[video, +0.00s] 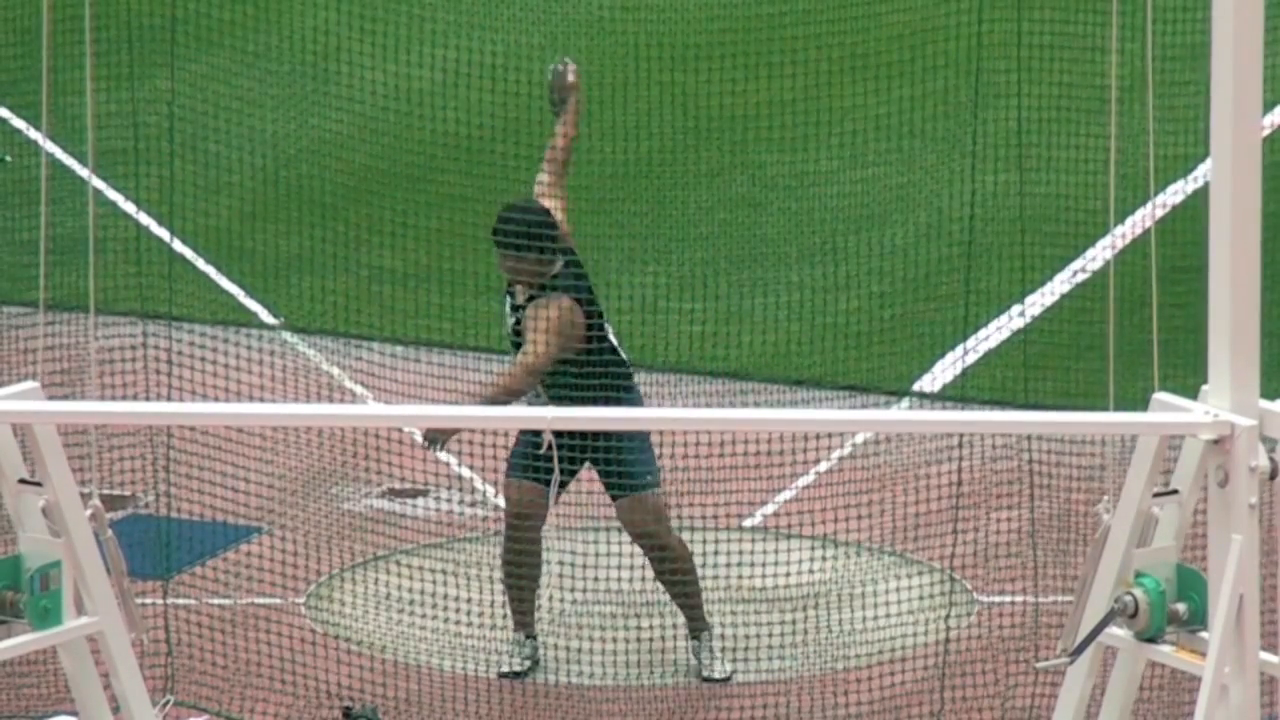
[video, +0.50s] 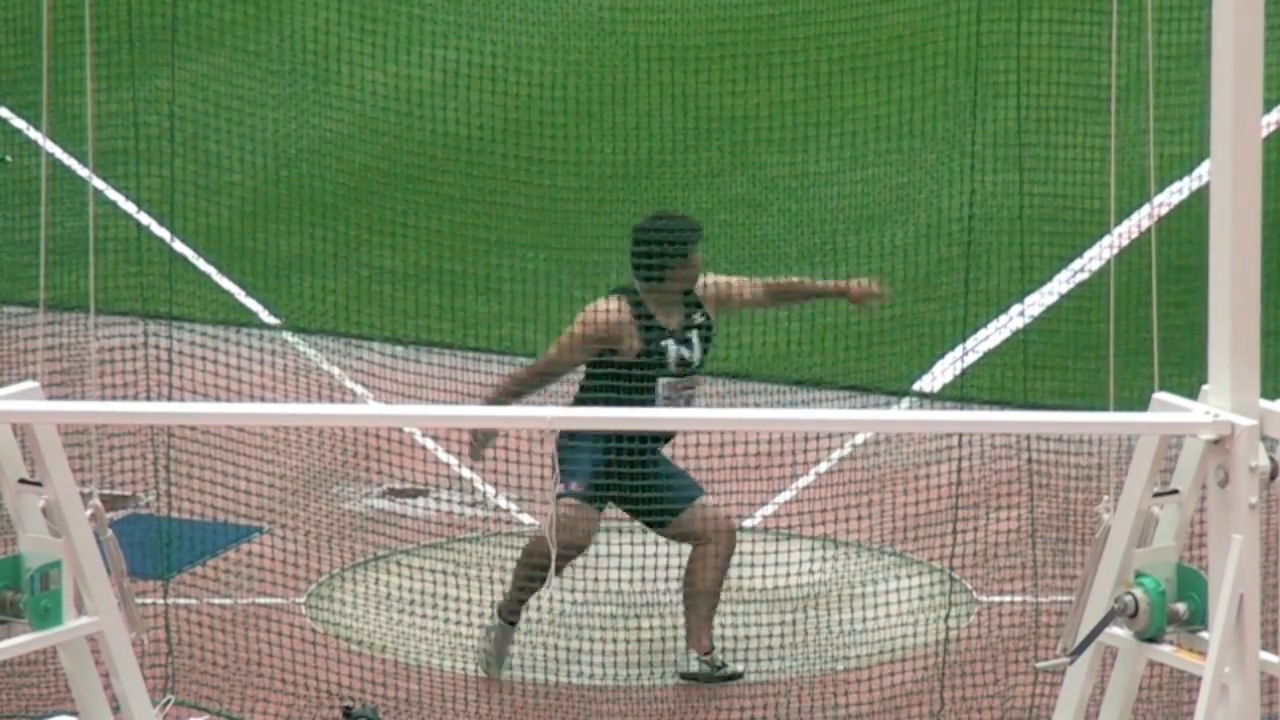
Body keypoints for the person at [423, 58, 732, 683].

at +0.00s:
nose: (503, 266)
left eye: (512, 259)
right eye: (502, 257)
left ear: (539, 257)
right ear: (514, 249)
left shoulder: (557, 308)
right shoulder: (544, 236)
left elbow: (520, 378)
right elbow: (552, 176)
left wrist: (456, 418)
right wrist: (568, 113)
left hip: (614, 421)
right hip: (555, 418)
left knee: (649, 529)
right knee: (520, 515)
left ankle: (702, 636)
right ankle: (524, 640)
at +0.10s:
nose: (522, 275)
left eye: (533, 267)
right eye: (517, 265)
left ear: (555, 263)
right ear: (513, 254)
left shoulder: (570, 311)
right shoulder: (538, 244)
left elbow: (540, 381)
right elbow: (544, 178)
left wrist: (479, 425)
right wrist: (548, 118)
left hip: (621, 416)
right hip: (559, 414)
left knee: (660, 527)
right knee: (523, 514)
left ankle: (702, 637)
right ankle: (527, 638)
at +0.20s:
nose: (551, 275)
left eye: (561, 267)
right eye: (543, 266)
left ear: (579, 268)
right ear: (531, 265)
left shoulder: (593, 317)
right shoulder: (535, 274)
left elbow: (584, 386)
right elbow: (525, 199)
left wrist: (551, 433)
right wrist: (517, 149)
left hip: (627, 420)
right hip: (564, 417)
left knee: (674, 518)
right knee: (523, 513)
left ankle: (698, 642)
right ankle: (527, 641)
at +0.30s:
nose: (597, 277)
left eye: (604, 268)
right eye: (587, 268)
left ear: (616, 267)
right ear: (568, 266)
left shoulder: (629, 316)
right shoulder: (548, 276)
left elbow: (658, 375)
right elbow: (511, 245)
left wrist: (666, 427)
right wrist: (481, 218)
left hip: (631, 425)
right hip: (564, 421)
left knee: (693, 513)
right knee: (522, 517)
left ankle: (687, 644)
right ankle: (528, 641)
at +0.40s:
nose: (662, 267)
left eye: (660, 258)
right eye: (652, 260)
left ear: (654, 261)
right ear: (621, 266)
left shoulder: (677, 307)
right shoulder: (571, 296)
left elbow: (747, 341)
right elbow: (506, 307)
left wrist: (807, 376)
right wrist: (453, 316)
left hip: (635, 439)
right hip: (566, 437)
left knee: (706, 517)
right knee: (524, 531)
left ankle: (685, 653)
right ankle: (528, 641)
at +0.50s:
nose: (701, 261)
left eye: (698, 254)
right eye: (693, 255)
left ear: (671, 265)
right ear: (667, 266)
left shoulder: (706, 296)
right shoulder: (611, 317)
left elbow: (772, 292)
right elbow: (538, 374)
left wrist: (842, 289)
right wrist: (484, 417)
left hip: (641, 452)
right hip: (589, 445)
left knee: (717, 532)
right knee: (571, 534)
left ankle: (698, 655)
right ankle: (504, 620)